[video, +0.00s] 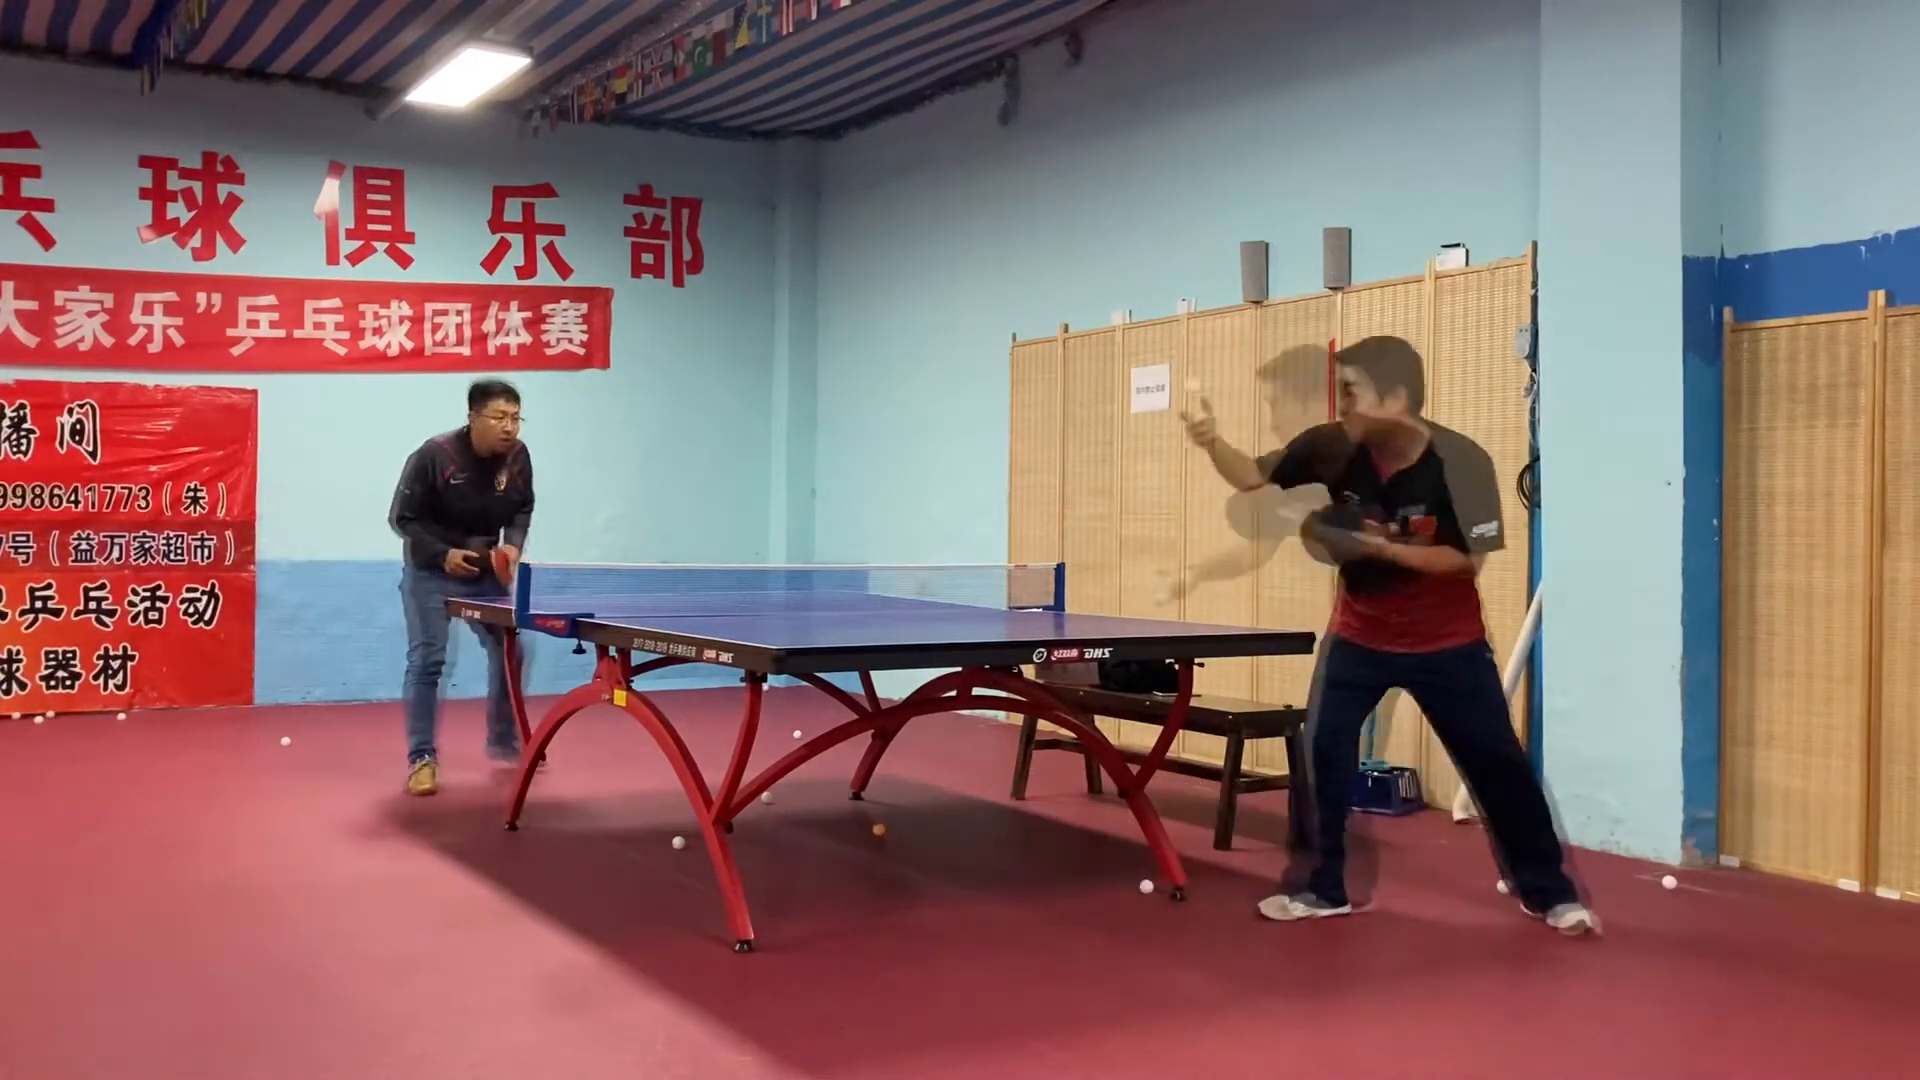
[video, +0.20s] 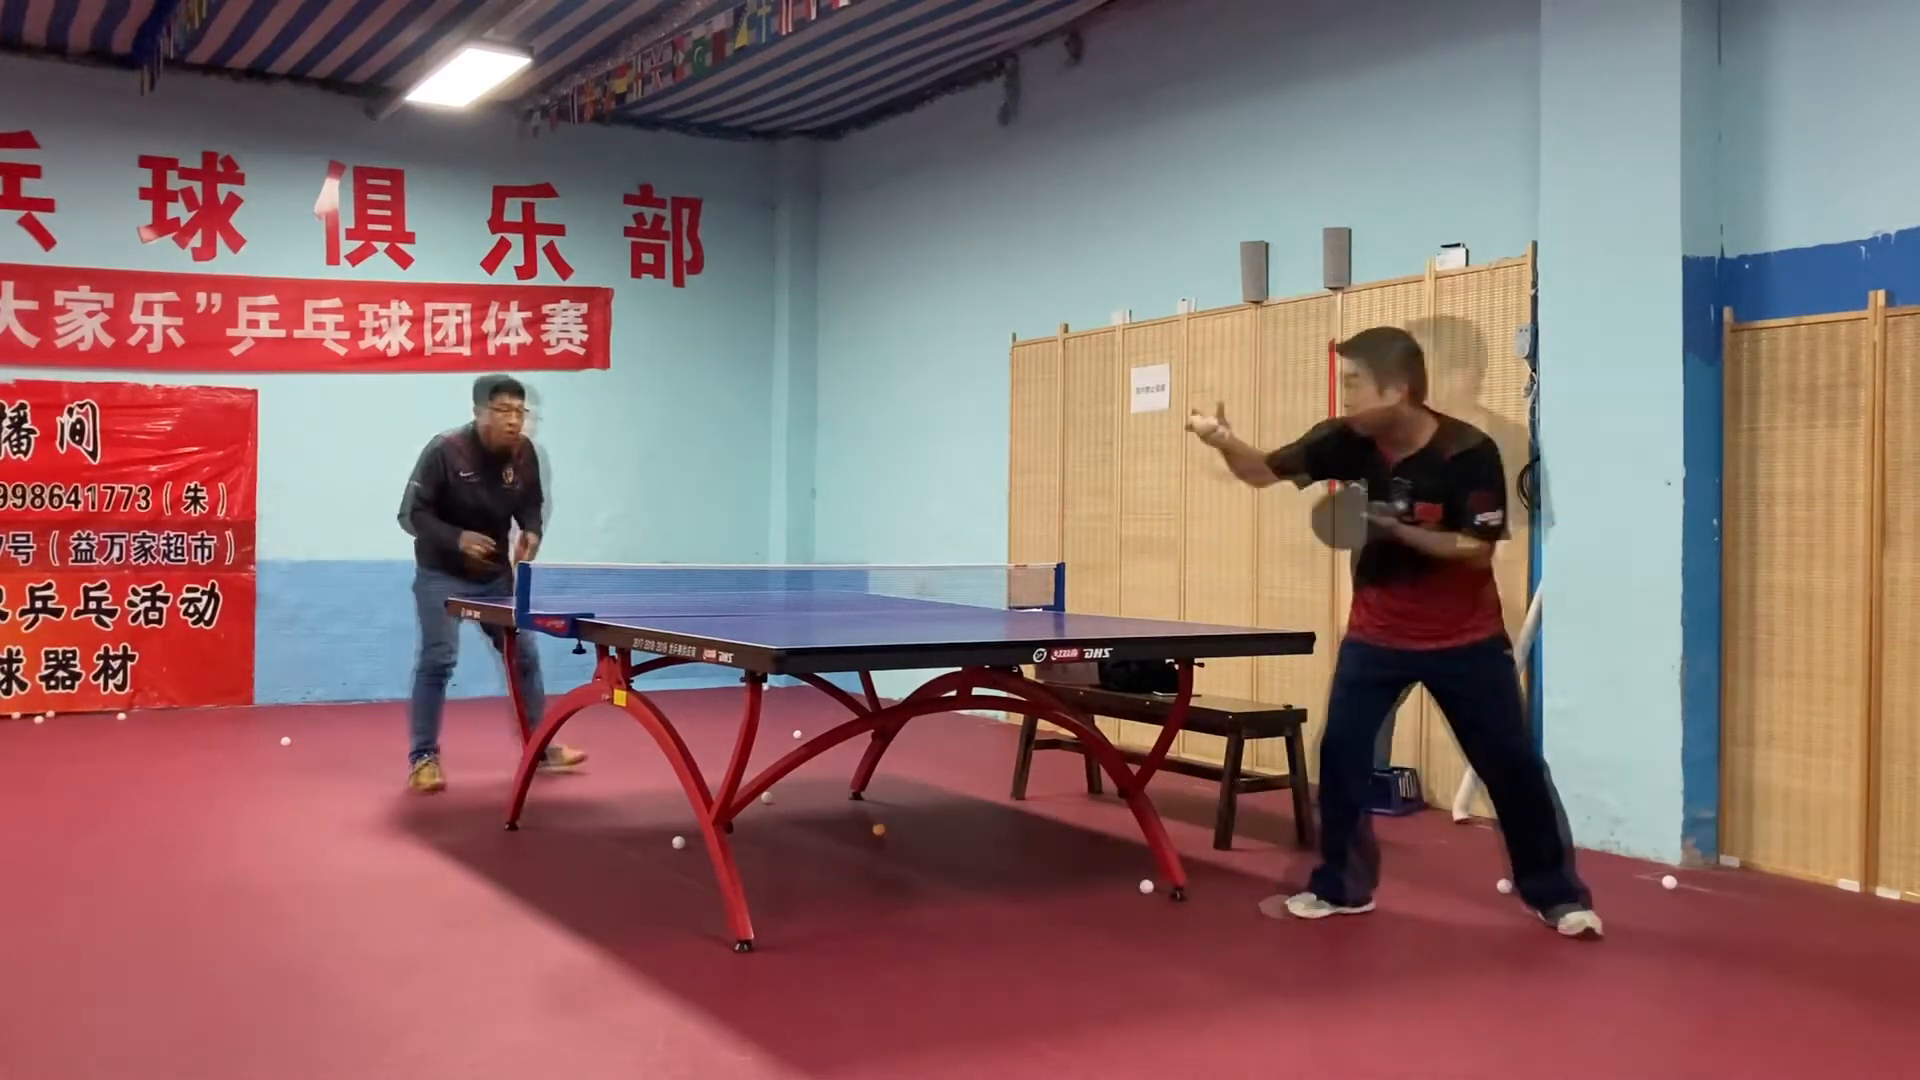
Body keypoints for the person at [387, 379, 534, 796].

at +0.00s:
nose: (510, 426)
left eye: (515, 418)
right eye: (500, 418)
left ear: (519, 420)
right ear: (474, 419)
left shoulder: (517, 456)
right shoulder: (434, 456)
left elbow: (521, 510)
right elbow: (401, 517)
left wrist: (511, 547)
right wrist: (443, 554)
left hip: (486, 571)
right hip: (429, 570)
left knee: (508, 648)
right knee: (427, 658)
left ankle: (504, 747)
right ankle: (422, 758)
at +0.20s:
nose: (514, 421)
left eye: (519, 412)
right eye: (504, 412)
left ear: (526, 416)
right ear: (480, 413)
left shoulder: (525, 453)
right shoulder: (445, 451)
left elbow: (532, 505)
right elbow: (411, 514)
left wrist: (531, 533)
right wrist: (458, 538)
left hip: (496, 575)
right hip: (441, 576)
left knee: (525, 655)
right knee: (438, 659)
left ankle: (541, 746)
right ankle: (424, 757)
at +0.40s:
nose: (540, 423)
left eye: (546, 415)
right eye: (530, 415)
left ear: (550, 418)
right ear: (505, 416)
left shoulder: (548, 460)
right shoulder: (469, 450)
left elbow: (556, 517)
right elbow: (433, 511)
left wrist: (551, 539)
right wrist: (473, 529)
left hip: (514, 577)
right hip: (457, 576)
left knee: (544, 661)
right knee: (442, 661)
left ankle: (552, 752)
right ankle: (426, 756)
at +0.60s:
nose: (553, 415)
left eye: (558, 407)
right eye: (543, 406)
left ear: (562, 411)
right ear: (517, 408)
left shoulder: (556, 456)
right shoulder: (479, 443)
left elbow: (566, 514)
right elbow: (449, 505)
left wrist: (573, 536)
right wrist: (494, 525)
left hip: (513, 574)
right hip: (459, 569)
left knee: (536, 658)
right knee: (431, 656)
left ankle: (552, 753)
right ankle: (393, 752)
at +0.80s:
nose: (527, 419)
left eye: (532, 411)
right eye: (516, 410)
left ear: (535, 415)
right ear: (490, 411)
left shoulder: (532, 459)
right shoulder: (454, 451)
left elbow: (542, 517)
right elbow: (434, 520)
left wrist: (565, 536)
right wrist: (488, 535)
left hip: (501, 587)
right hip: (444, 584)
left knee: (533, 664)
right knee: (410, 671)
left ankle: (550, 754)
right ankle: (379, 767)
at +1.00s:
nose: (497, 416)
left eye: (503, 408)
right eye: (487, 407)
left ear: (508, 411)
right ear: (461, 408)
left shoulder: (509, 451)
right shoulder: (426, 450)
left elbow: (525, 506)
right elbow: (415, 521)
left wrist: (550, 532)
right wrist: (473, 543)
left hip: (495, 582)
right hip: (435, 584)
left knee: (547, 655)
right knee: (411, 670)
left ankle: (553, 744)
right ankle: (379, 769)